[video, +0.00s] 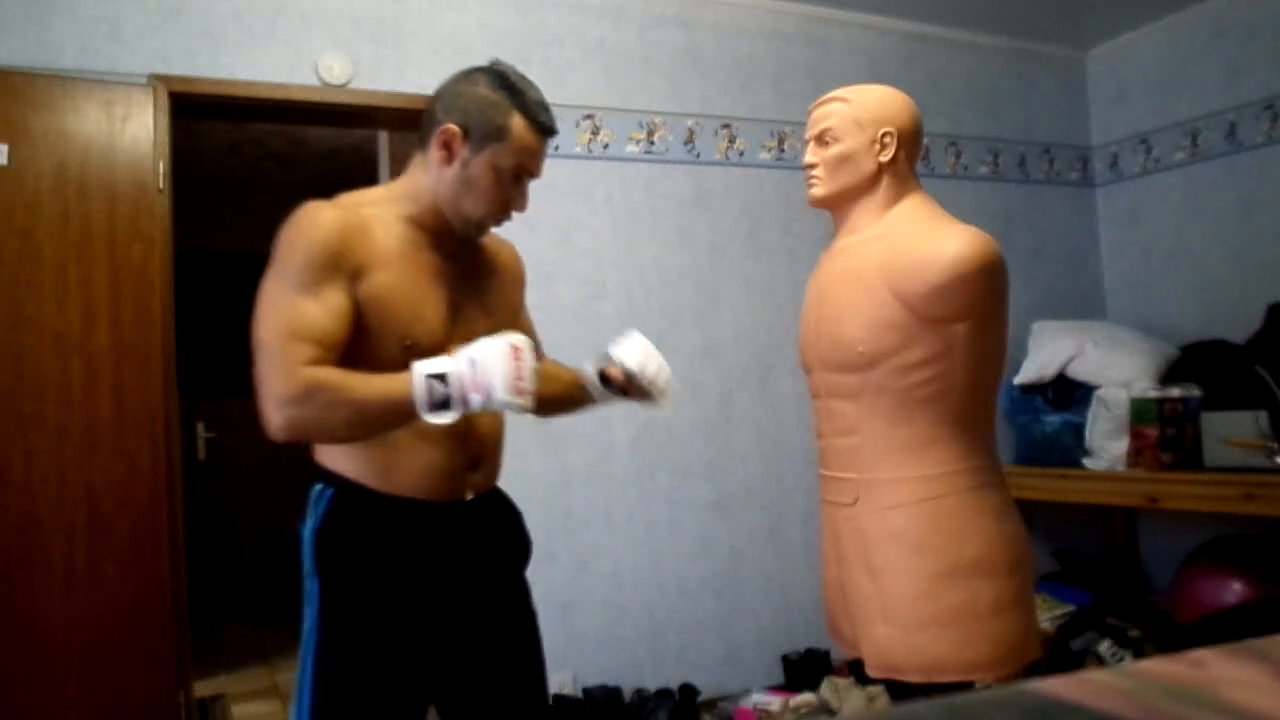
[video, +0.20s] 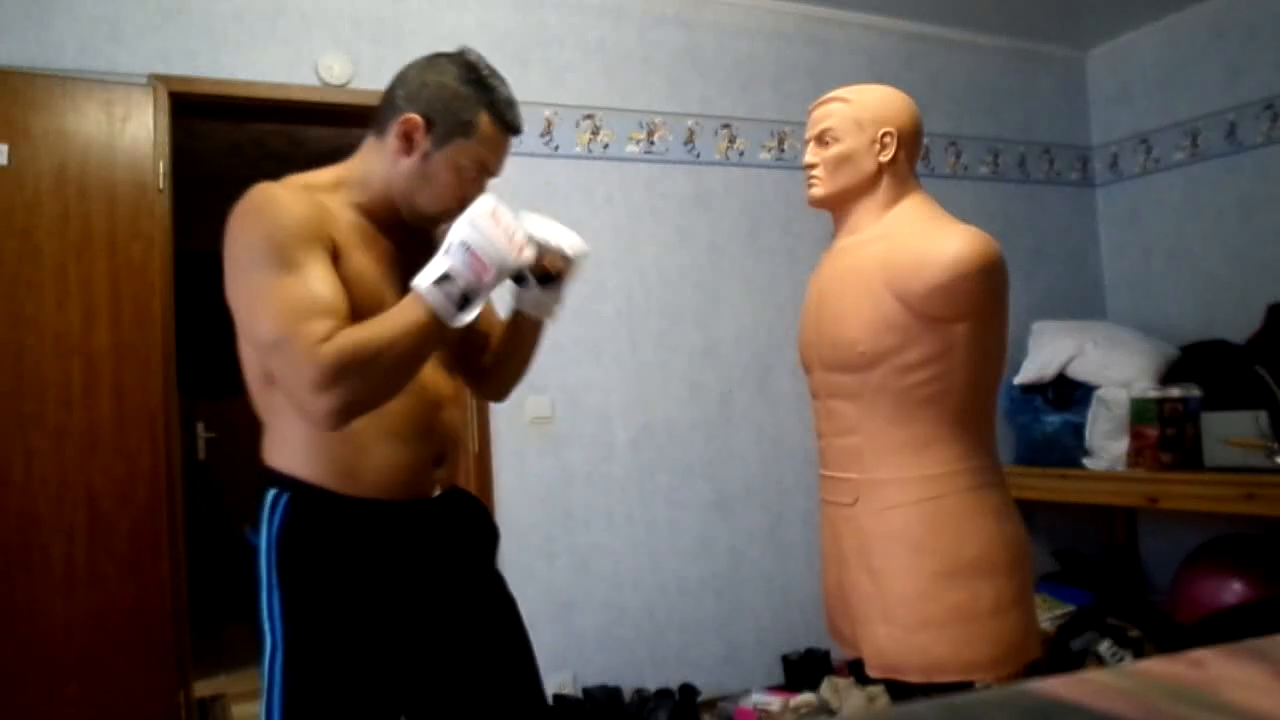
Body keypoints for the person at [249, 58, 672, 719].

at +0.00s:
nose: (520, 204)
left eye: (528, 183)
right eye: (511, 178)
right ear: (449, 147)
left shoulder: (499, 262)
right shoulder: (328, 233)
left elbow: (523, 382)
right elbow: (289, 403)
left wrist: (601, 384)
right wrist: (450, 381)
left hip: (482, 544)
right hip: (370, 547)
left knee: (509, 713)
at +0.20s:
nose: (477, 198)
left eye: (486, 180)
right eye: (475, 174)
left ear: (411, 142)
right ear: (411, 138)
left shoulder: (426, 233)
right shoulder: (276, 214)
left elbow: (490, 377)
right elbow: (324, 387)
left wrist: (532, 302)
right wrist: (452, 281)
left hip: (443, 534)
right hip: (329, 545)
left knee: (505, 712)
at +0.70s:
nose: (545, 195)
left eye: (552, 170)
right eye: (538, 166)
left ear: (469, 139)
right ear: (468, 136)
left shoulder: (508, 239)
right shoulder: (317, 219)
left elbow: (564, 320)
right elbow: (289, 407)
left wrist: (661, 328)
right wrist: (438, 327)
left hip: (473, 554)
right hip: (350, 559)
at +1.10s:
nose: (608, 218)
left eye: (617, 198)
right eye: (610, 192)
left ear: (557, 158)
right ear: (565, 161)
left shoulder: (463, 225)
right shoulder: (528, 221)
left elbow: (513, 382)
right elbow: (635, 371)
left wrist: (594, 361)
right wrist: (716, 373)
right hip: (472, 530)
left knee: (540, 707)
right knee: (469, 709)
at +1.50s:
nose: (519, 192)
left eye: (529, 172)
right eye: (520, 166)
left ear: (461, 140)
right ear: (462, 135)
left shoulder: (442, 229)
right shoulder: (369, 214)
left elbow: (495, 373)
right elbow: (473, 376)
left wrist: (536, 262)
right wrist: (538, 258)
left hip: (462, 538)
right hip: (395, 542)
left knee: (512, 709)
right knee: (400, 719)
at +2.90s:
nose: (465, 226)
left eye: (468, 206)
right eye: (455, 201)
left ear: (393, 187)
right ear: (389, 184)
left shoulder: (380, 304)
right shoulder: (295, 294)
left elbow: (391, 467)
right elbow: (270, 490)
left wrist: (471, 511)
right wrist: (431, 545)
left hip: (397, 595)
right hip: (325, 604)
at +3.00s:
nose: (441, 182)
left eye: (447, 163)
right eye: (429, 156)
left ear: (364, 138)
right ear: (361, 133)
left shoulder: (361, 249)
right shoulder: (250, 229)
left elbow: (336, 419)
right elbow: (162, 405)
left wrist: (406, 474)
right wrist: (334, 484)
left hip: (363, 557)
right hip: (271, 560)